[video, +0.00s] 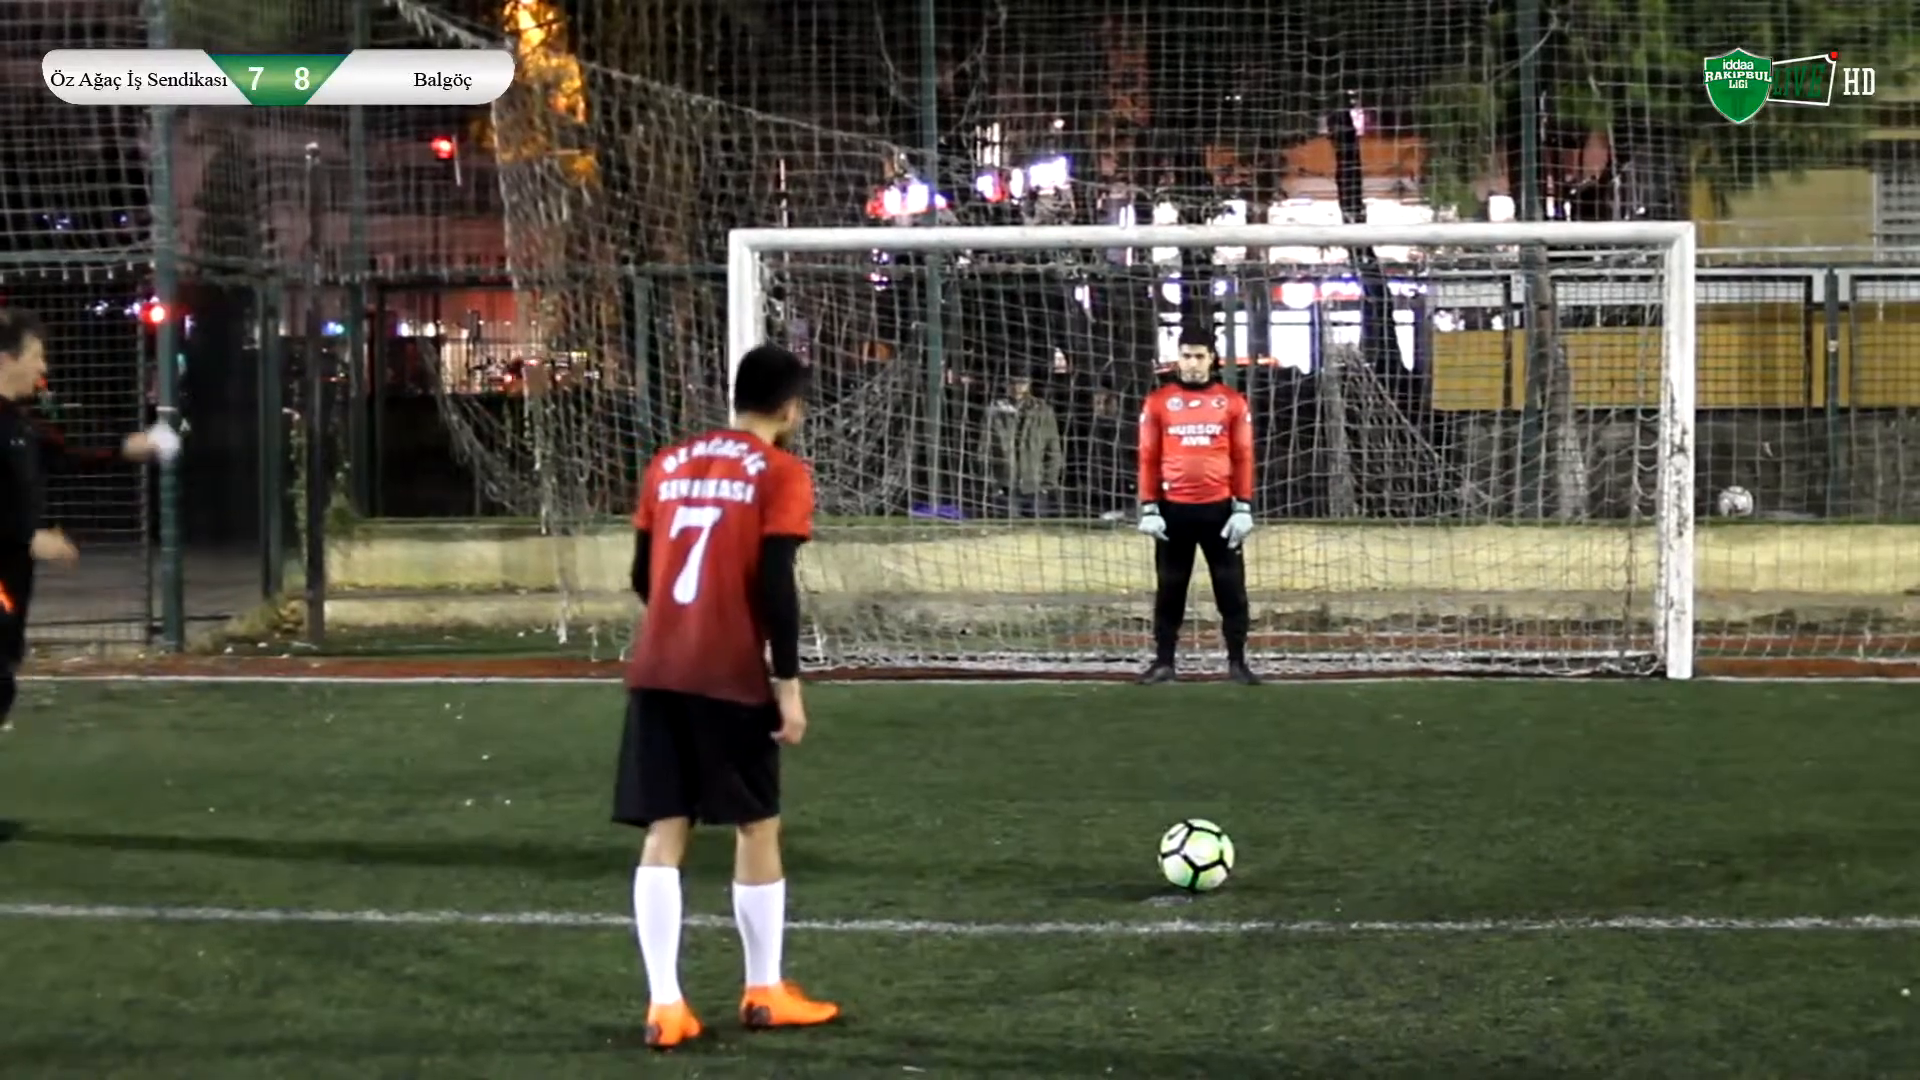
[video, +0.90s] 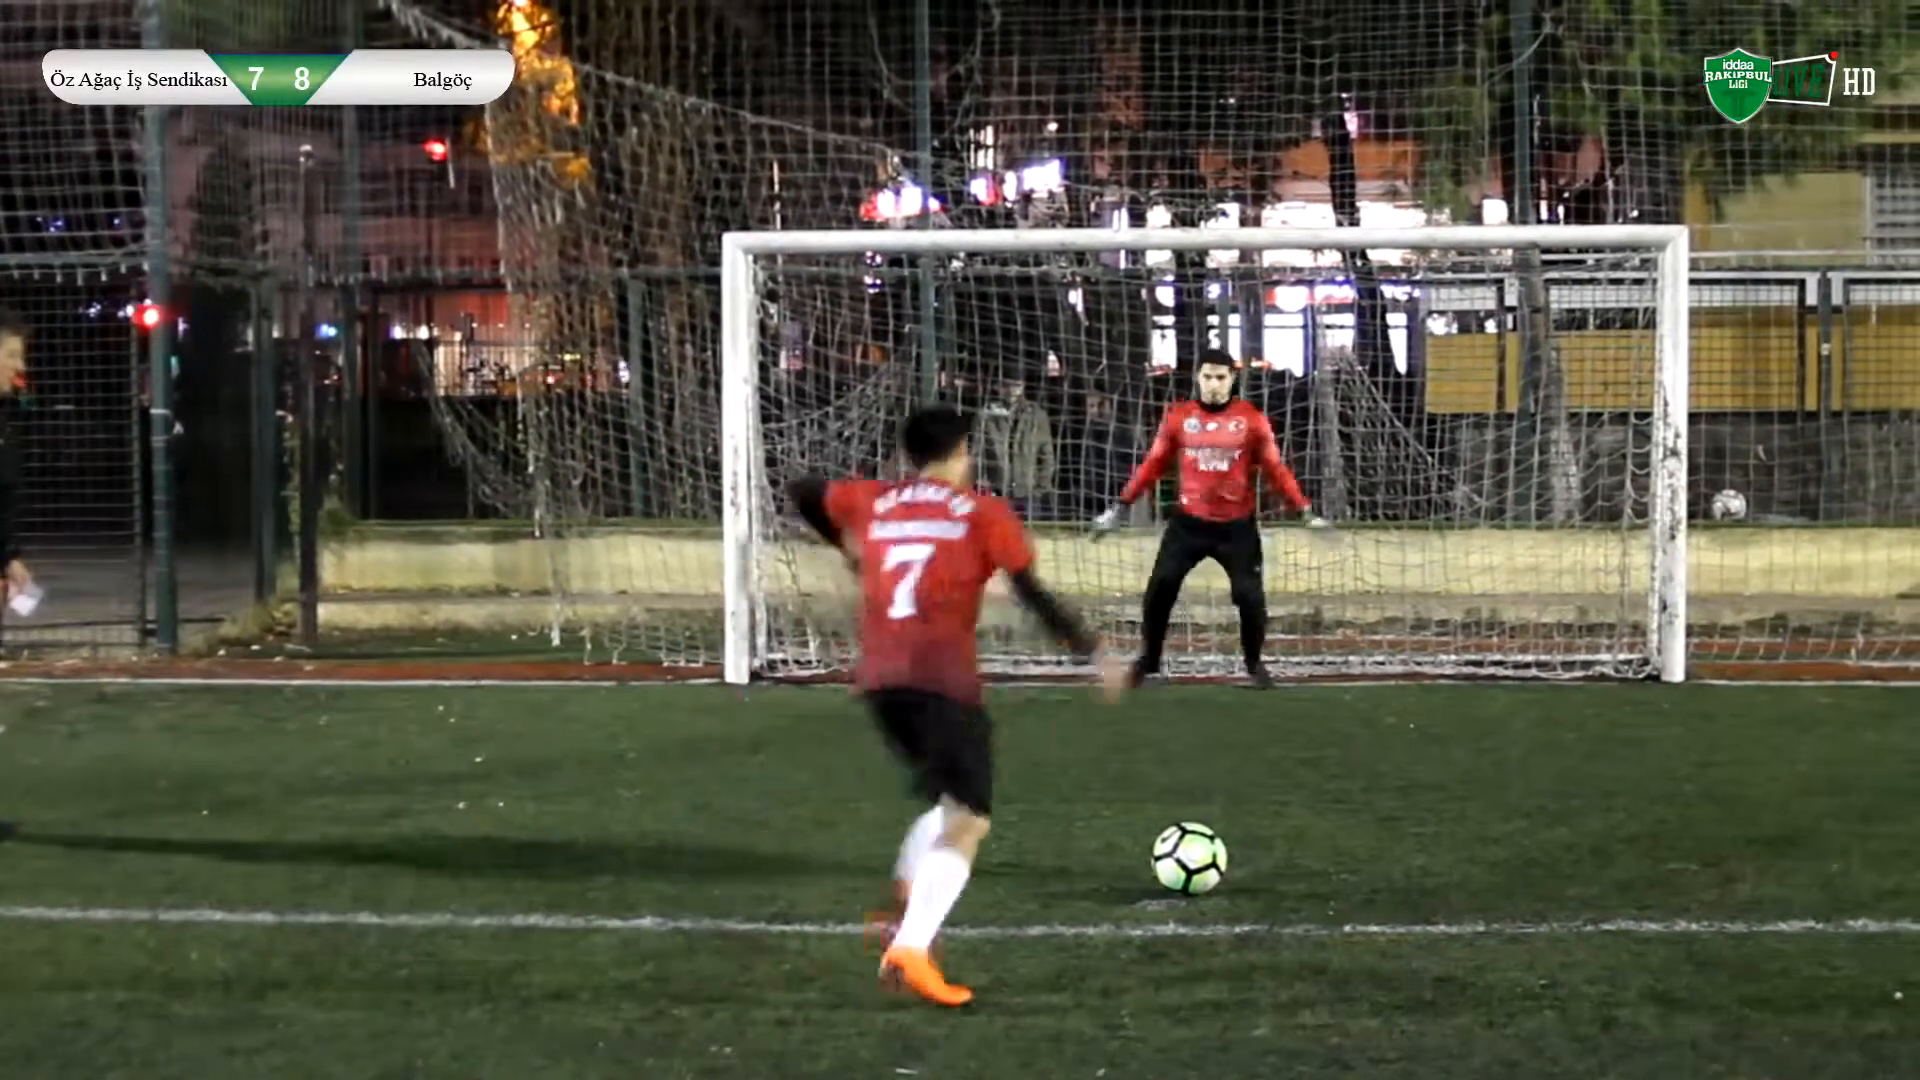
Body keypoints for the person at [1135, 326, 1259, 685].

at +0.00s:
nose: (1192, 363)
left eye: (1199, 356)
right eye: (1186, 356)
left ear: (1212, 360)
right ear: (1177, 359)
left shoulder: (1233, 402)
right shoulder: (1157, 402)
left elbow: (1243, 455)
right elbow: (1148, 456)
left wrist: (1243, 505)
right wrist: (1148, 506)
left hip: (1220, 507)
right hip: (1174, 509)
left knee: (1231, 590)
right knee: (1170, 589)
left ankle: (1237, 661)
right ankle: (1164, 661)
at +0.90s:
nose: (1214, 384)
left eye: (1221, 378)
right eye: (1208, 377)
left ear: (1232, 380)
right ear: (1197, 379)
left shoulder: (1252, 419)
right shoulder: (1179, 416)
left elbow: (1275, 466)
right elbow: (1154, 461)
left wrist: (1303, 505)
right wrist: (1123, 501)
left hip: (1236, 529)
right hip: (1188, 527)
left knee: (1251, 598)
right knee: (1159, 589)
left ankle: (1254, 662)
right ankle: (1150, 661)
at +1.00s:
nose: (1206, 434)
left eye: (1213, 426)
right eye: (1199, 426)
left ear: (1226, 428)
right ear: (1189, 429)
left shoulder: (1250, 458)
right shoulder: (1180, 460)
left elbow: (1277, 498)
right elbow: (1148, 496)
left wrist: (1309, 539)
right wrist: (1111, 525)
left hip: (1246, 545)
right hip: (1199, 545)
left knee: (1270, 592)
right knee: (1159, 602)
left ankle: (1234, 657)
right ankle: (1112, 678)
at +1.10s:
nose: (1210, 474)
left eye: (1217, 465)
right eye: (1203, 465)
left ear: (1229, 467)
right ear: (1193, 469)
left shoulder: (1254, 496)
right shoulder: (1184, 498)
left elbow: (1282, 530)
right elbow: (1150, 530)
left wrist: (1306, 565)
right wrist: (1112, 557)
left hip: (1248, 570)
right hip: (1201, 568)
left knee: (1280, 598)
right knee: (1154, 615)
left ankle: (1244, 671)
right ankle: (1109, 680)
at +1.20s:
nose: (1253, 497)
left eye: (1261, 491)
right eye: (1247, 489)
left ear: (1274, 497)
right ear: (1233, 494)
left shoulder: (1287, 529)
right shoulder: (1217, 522)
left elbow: (1308, 566)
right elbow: (1188, 549)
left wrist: (1319, 579)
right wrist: (1169, 563)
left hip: (1258, 609)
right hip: (1216, 602)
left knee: (1292, 629)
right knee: (1161, 636)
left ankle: (1239, 692)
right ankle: (1098, 686)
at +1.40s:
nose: (1421, 526)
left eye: (1422, 522)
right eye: (1416, 519)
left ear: (1419, 530)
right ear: (1404, 518)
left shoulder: (1415, 563)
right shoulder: (1372, 540)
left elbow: (1460, 572)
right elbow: (1383, 521)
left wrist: (1482, 546)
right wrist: (1427, 505)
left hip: (1337, 651)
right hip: (1310, 626)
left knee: (1339, 707)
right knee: (1234, 661)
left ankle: (1263, 705)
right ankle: (1150, 694)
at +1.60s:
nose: (1562, 609)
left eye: (1566, 607)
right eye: (1556, 601)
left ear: (1565, 614)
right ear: (1544, 596)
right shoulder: (1525, 602)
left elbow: (1592, 656)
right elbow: (1561, 588)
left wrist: (1623, 648)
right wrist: (1609, 601)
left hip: (1478, 693)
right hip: (1462, 659)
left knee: (1412, 707)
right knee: (1387, 661)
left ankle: (1339, 712)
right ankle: (1325, 681)